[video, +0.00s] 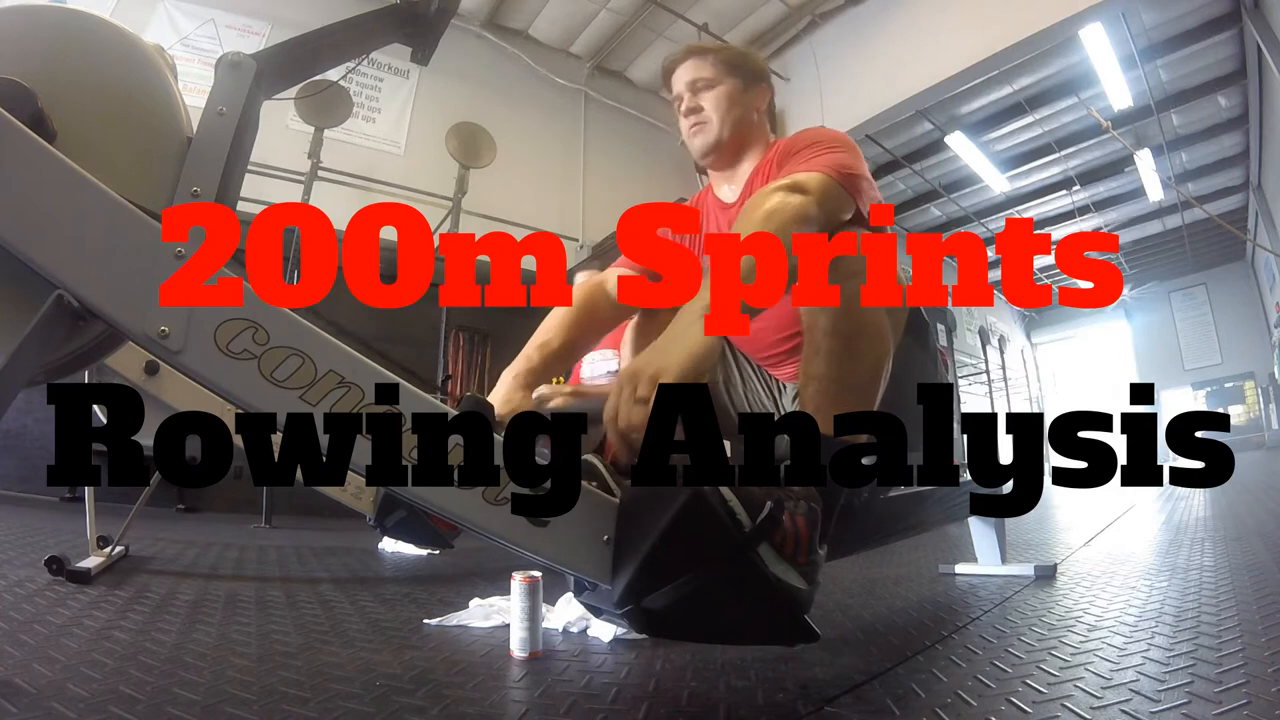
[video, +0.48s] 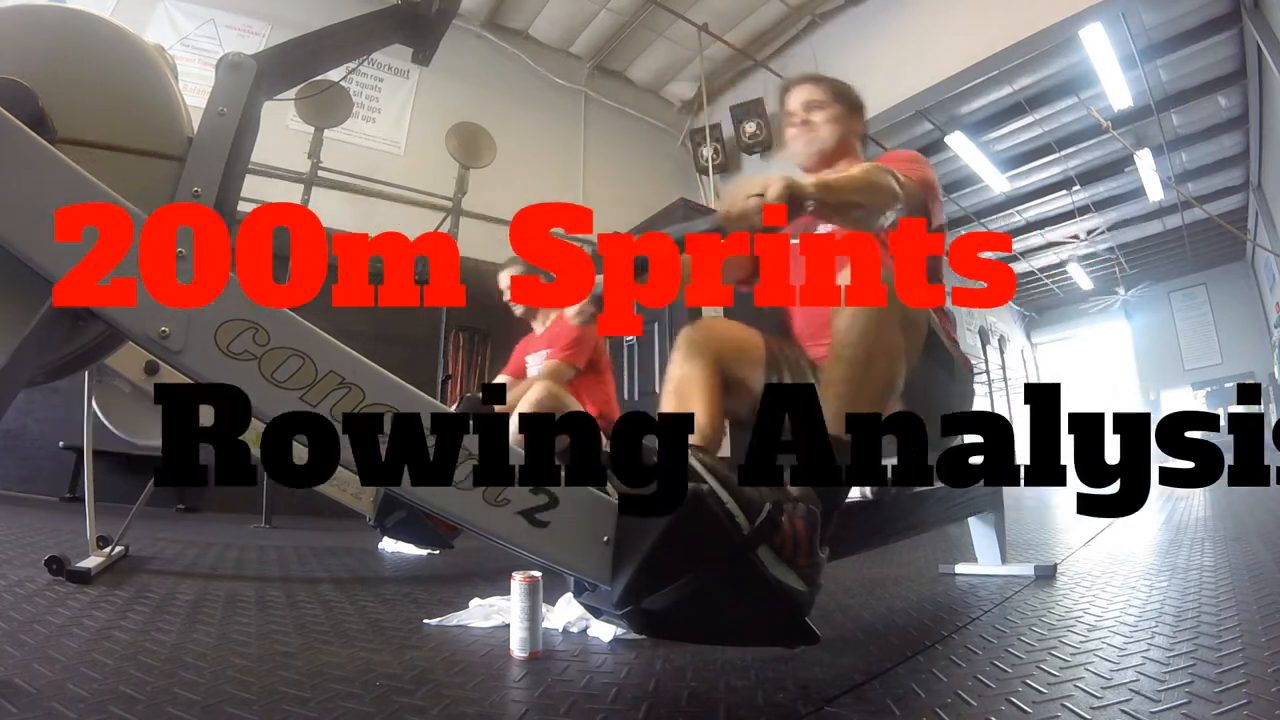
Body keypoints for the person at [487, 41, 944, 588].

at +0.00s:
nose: (685, 107)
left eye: (702, 87)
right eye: (677, 104)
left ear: (762, 96)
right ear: (679, 133)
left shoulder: (818, 148)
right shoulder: (691, 214)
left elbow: (788, 220)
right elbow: (606, 287)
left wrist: (669, 351)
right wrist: (516, 377)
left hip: (831, 391)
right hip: (737, 393)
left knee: (848, 264)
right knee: (655, 304)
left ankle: (806, 500)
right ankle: (641, 489)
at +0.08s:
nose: (696, 106)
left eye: (713, 88)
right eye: (688, 105)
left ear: (770, 96)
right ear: (690, 135)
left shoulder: (827, 147)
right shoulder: (699, 213)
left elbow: (811, 206)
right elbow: (617, 284)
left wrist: (697, 321)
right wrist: (529, 369)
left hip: (827, 393)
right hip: (737, 391)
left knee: (848, 263)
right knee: (655, 306)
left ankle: (808, 499)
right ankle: (652, 475)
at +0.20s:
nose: (712, 107)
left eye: (729, 87)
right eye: (703, 105)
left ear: (782, 99)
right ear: (704, 134)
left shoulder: (841, 151)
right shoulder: (709, 216)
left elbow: (816, 205)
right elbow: (622, 282)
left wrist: (710, 307)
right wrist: (530, 368)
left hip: (835, 390)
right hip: (744, 388)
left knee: (846, 266)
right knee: (664, 329)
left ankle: (810, 499)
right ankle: (667, 514)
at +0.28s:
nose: (739, 105)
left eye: (756, 90)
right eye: (730, 101)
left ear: (803, 105)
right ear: (727, 126)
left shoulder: (858, 158)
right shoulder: (721, 218)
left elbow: (828, 217)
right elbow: (648, 280)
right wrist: (568, 346)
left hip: (850, 382)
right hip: (764, 384)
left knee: (840, 238)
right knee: (654, 308)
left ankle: (809, 493)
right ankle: (672, 498)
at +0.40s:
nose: (769, 111)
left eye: (785, 96)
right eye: (759, 108)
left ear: (828, 107)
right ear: (755, 132)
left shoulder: (884, 159)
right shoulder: (754, 213)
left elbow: (865, 199)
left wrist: (771, 216)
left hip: (892, 374)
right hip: (794, 380)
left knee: (854, 262)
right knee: (683, 332)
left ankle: (810, 499)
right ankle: (680, 506)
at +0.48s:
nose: (798, 122)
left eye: (813, 108)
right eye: (789, 119)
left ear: (856, 118)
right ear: (784, 140)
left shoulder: (904, 164)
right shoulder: (789, 217)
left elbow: (884, 191)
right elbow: (728, 279)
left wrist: (808, 189)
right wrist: (730, 215)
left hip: (901, 370)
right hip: (811, 371)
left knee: (870, 275)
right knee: (700, 337)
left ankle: (823, 468)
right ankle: (685, 481)